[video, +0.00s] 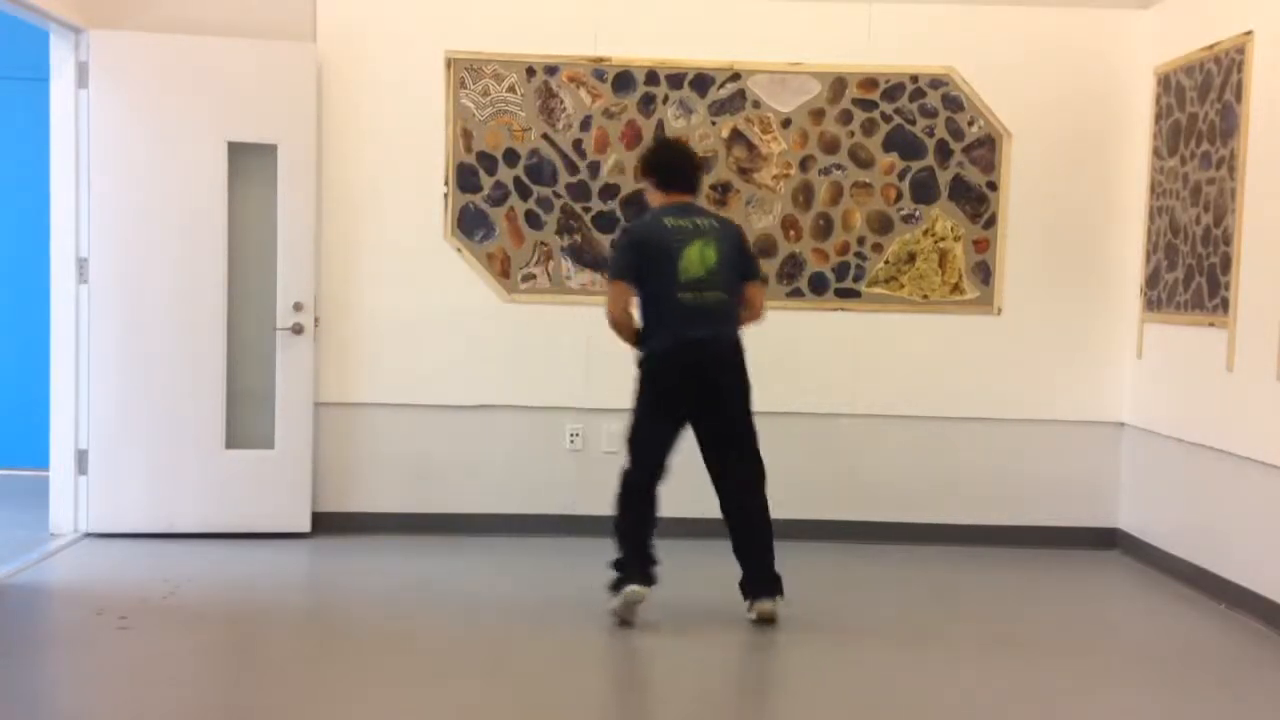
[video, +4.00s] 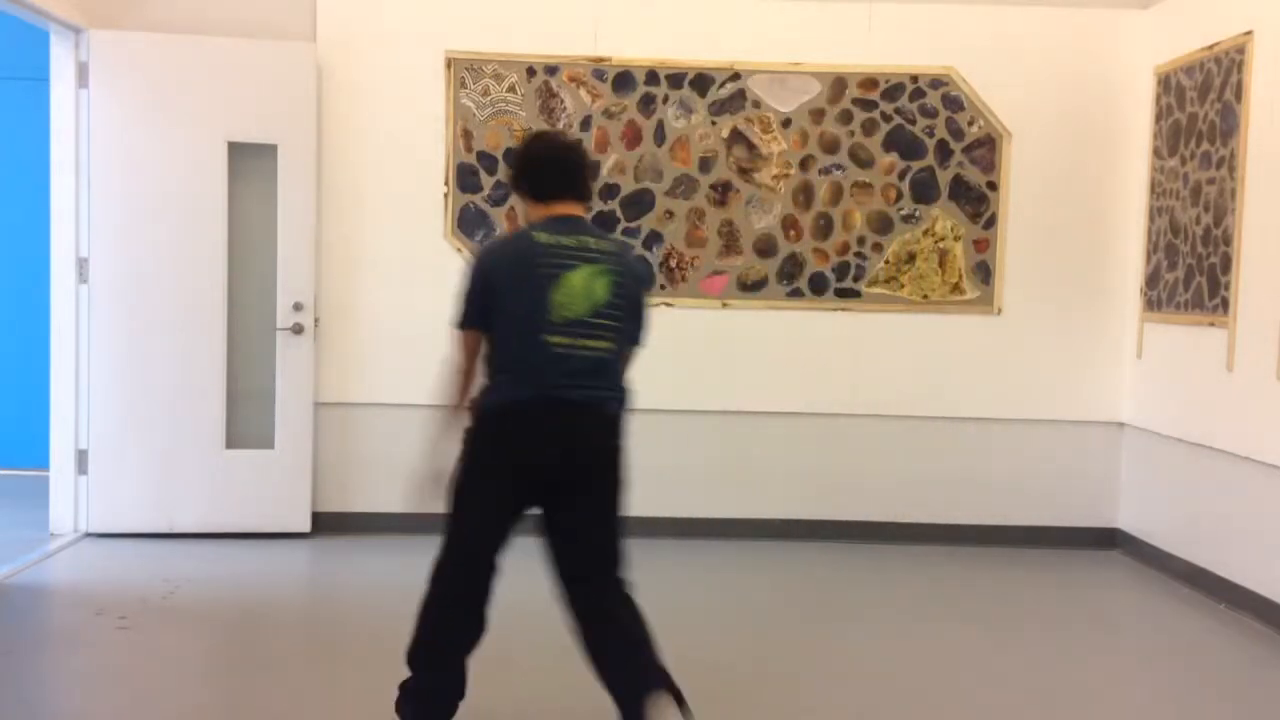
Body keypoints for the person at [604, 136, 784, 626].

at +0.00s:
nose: (643, 189)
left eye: (643, 182)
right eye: (646, 182)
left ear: (650, 183)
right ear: (695, 181)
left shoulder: (638, 234)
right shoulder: (727, 229)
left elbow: (618, 314)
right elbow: (754, 306)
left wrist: (644, 342)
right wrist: (710, 322)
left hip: (666, 368)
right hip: (723, 366)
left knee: (642, 472)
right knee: (740, 473)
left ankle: (635, 575)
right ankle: (762, 588)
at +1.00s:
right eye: (689, 183)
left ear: (639, 190)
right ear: (690, 187)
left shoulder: (620, 246)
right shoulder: (711, 243)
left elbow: (612, 316)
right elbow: (736, 324)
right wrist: (728, 344)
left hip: (613, 390)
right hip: (675, 398)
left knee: (567, 486)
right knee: (666, 514)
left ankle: (491, 587)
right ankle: (629, 627)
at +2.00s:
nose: (595, 155)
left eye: (599, 144)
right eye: (596, 144)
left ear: (622, 150)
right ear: (663, 150)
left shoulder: (621, 221)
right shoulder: (709, 215)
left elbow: (607, 323)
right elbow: (740, 316)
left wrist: (581, 402)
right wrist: (725, 394)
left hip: (649, 398)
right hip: (708, 395)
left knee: (649, 544)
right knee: (666, 535)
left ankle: (684, 688)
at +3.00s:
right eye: (898, 173)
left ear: (832, 182)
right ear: (898, 180)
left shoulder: (802, 256)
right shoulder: (928, 248)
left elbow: (749, 347)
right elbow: (977, 351)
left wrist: (703, 424)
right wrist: (1014, 423)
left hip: (834, 442)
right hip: (909, 438)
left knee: (880, 575)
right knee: (955, 583)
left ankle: (894, 697)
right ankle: (890, 698)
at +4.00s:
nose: (517, 195)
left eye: (518, 187)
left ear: (522, 190)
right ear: (586, 188)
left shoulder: (500, 256)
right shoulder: (628, 263)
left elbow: (469, 353)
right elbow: (618, 355)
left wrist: (459, 411)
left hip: (510, 434)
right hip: (592, 437)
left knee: (464, 567)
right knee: (595, 577)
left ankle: (426, 704)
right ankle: (652, 697)